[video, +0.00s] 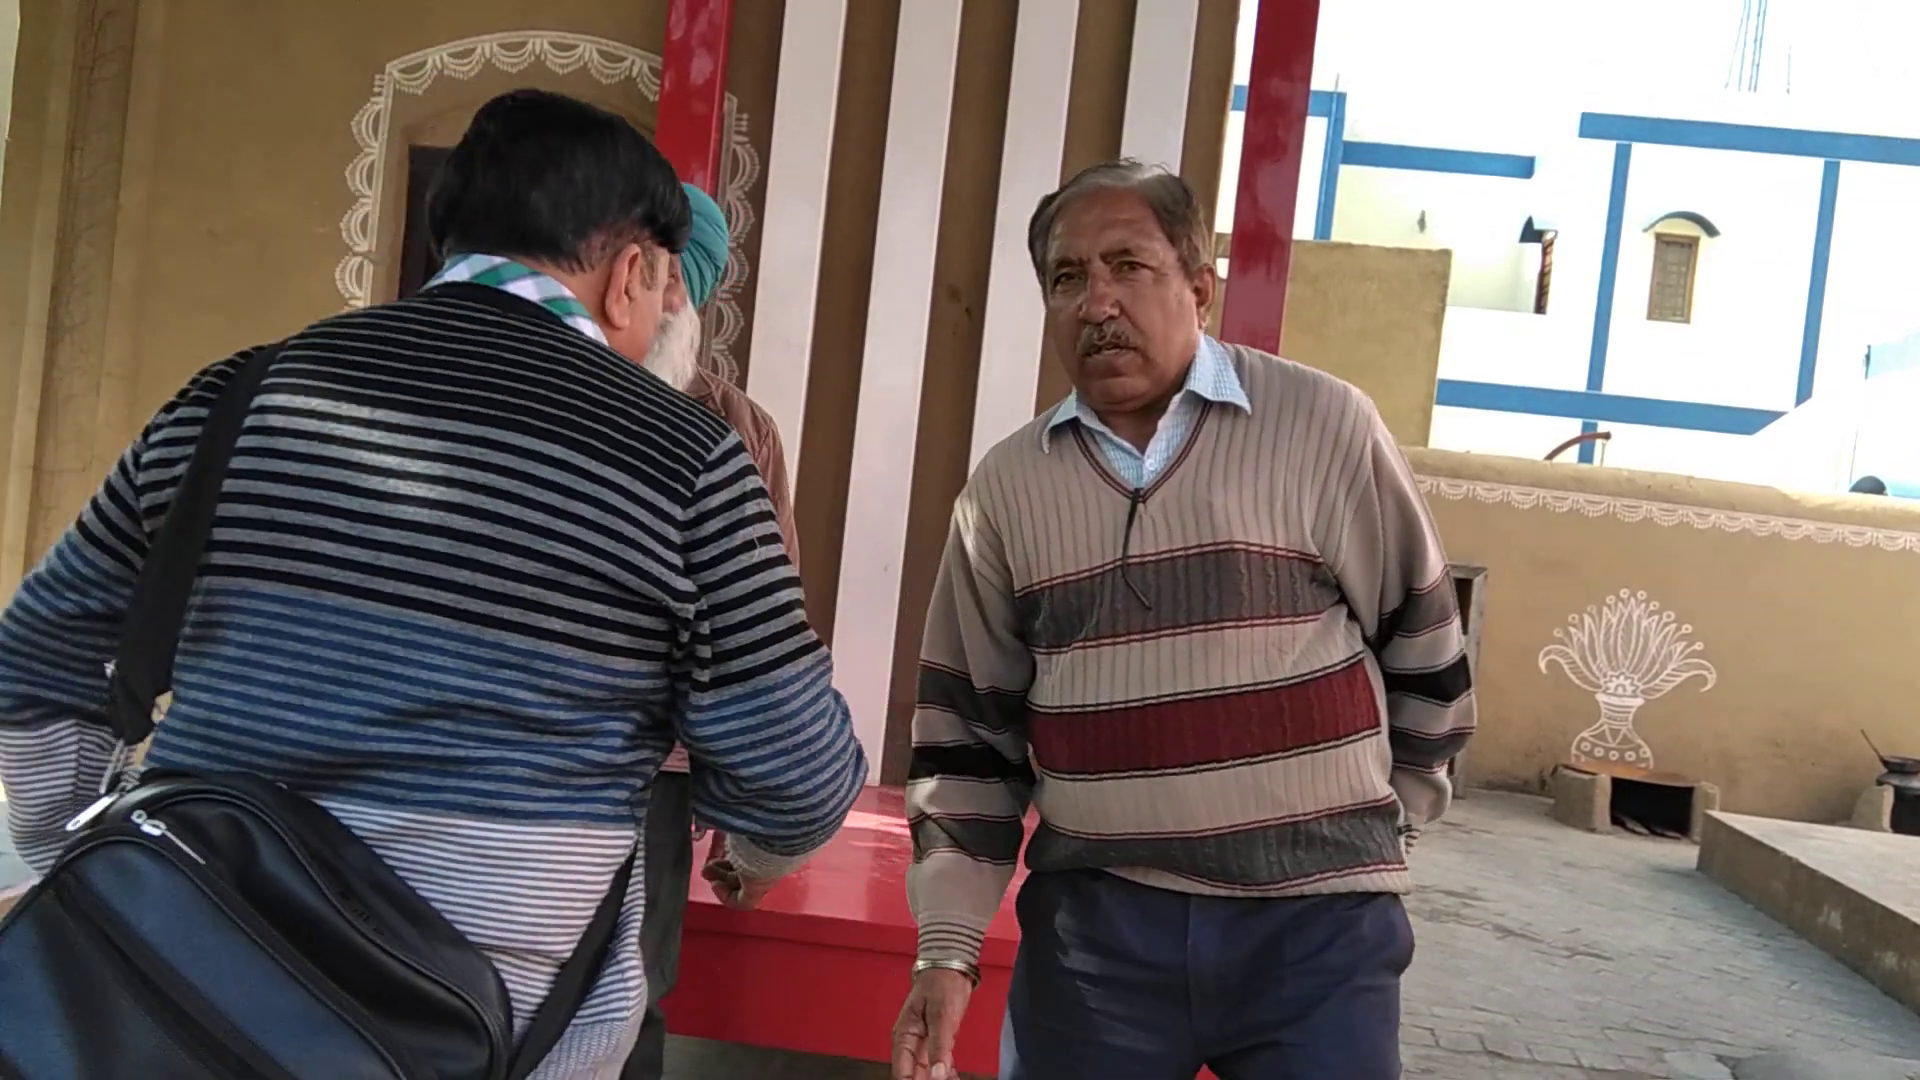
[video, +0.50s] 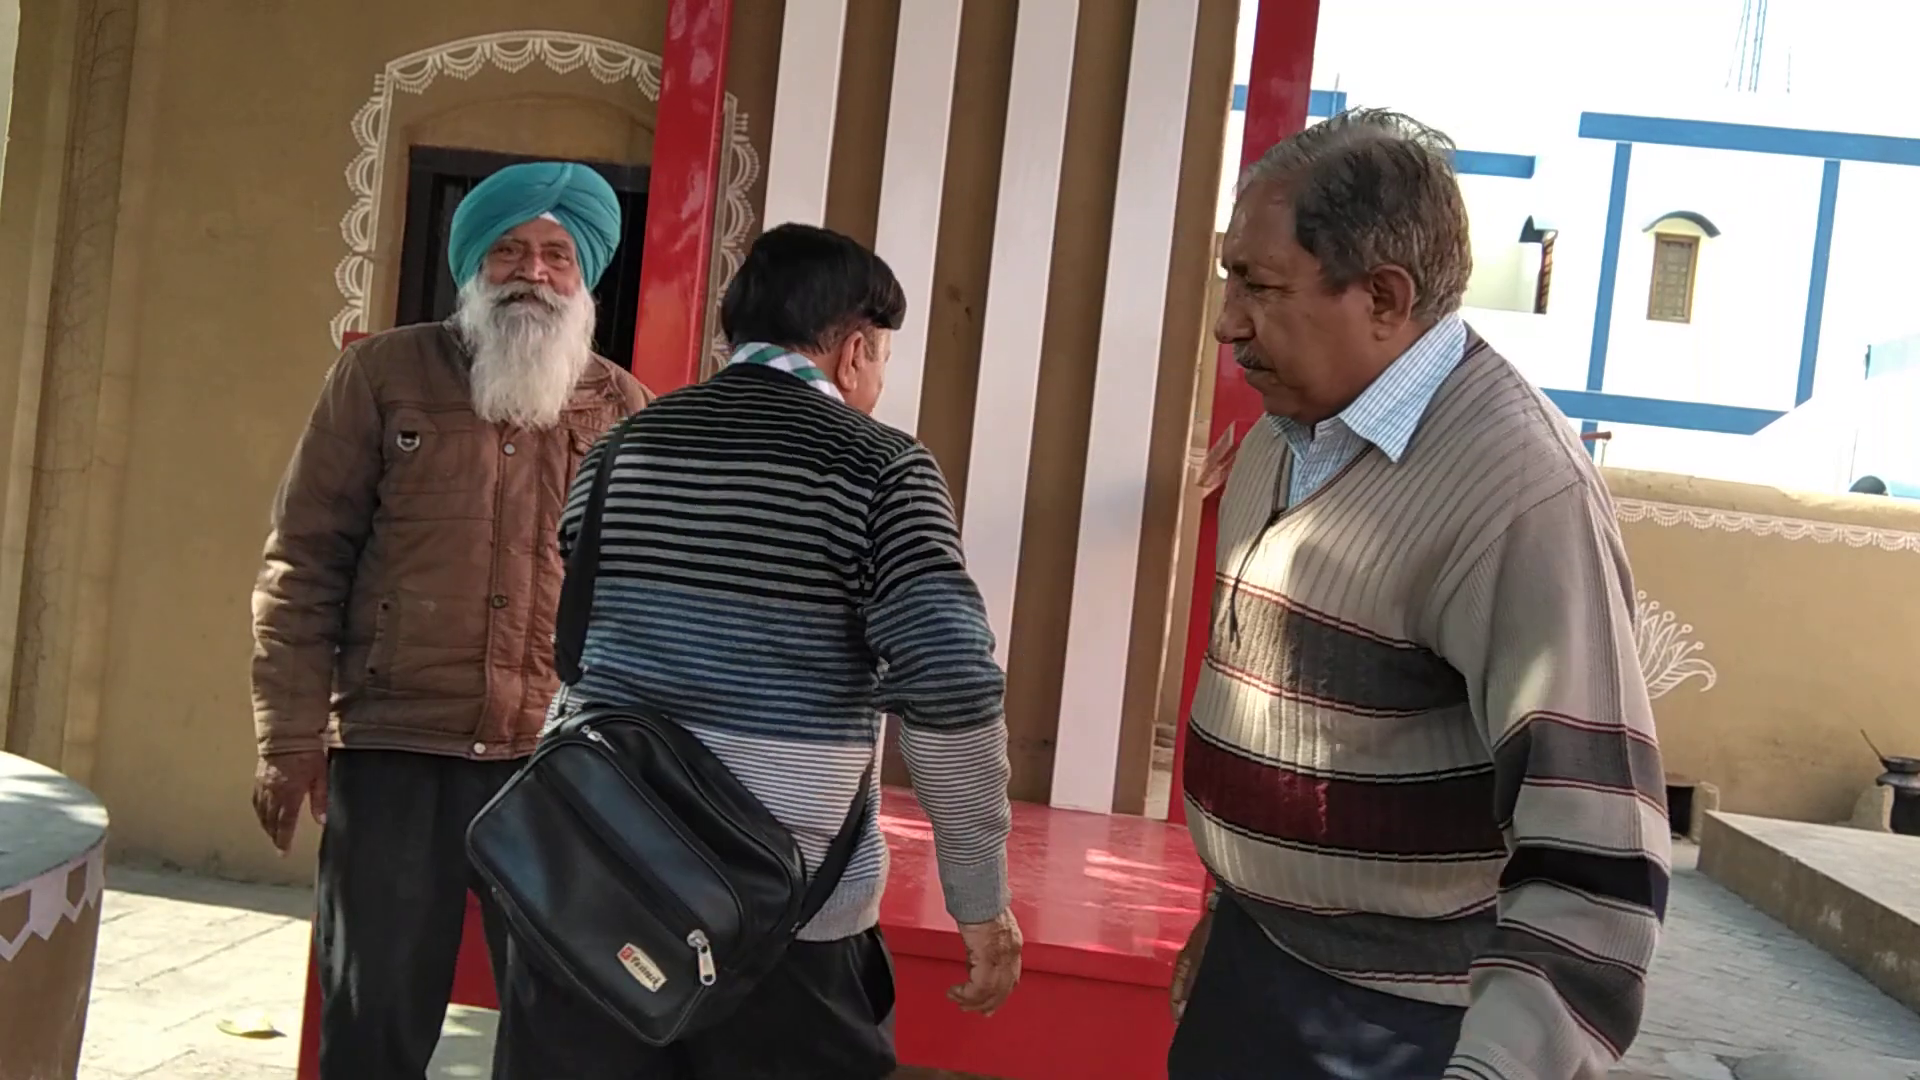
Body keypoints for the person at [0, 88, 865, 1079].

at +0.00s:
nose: (671, 327)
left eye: (681, 297)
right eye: (675, 291)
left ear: (457, 240)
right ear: (627, 267)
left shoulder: (242, 388)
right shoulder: (680, 452)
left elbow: (42, 647)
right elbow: (801, 786)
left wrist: (54, 882)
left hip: (194, 982)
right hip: (506, 1022)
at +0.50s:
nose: (885, 381)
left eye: (889, 359)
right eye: (887, 359)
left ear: (740, 334)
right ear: (856, 351)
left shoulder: (626, 440)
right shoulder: (880, 464)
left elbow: (575, 648)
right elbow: (949, 688)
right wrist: (980, 896)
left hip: (596, 869)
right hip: (785, 902)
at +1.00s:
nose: (1110, 423)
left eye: (1117, 406)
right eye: (1092, 401)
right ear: (1019, 395)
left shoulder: (1005, 480)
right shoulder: (985, 491)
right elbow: (918, 682)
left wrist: (1169, 492)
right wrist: (997, 848)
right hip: (898, 864)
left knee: (919, 1061)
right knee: (914, 1064)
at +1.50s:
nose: (969, 427)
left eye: (995, 409)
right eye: (954, 404)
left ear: (1043, 418)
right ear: (932, 401)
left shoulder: (1070, 525)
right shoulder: (859, 490)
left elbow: (1118, 664)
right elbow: (763, 605)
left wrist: (1138, 794)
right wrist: (689, 707)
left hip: (982, 841)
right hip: (827, 826)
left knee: (964, 1065)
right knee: (792, 1058)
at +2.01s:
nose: (884, 506)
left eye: (908, 491)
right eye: (874, 484)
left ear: (966, 489)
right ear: (859, 474)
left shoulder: (1022, 576)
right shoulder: (814, 554)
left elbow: (1124, 698)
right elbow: (709, 651)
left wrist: (1181, 819)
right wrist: (605, 683)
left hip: (968, 851)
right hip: (812, 836)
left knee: (988, 1024)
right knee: (756, 1009)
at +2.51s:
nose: (920, 518)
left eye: (943, 503)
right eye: (906, 499)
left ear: (982, 512)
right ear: (884, 500)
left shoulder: (1025, 608)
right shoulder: (820, 582)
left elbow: (1120, 715)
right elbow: (708, 651)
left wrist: (1182, 819)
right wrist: (601, 679)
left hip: (967, 850)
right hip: (817, 837)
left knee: (996, 1014)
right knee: (758, 1004)